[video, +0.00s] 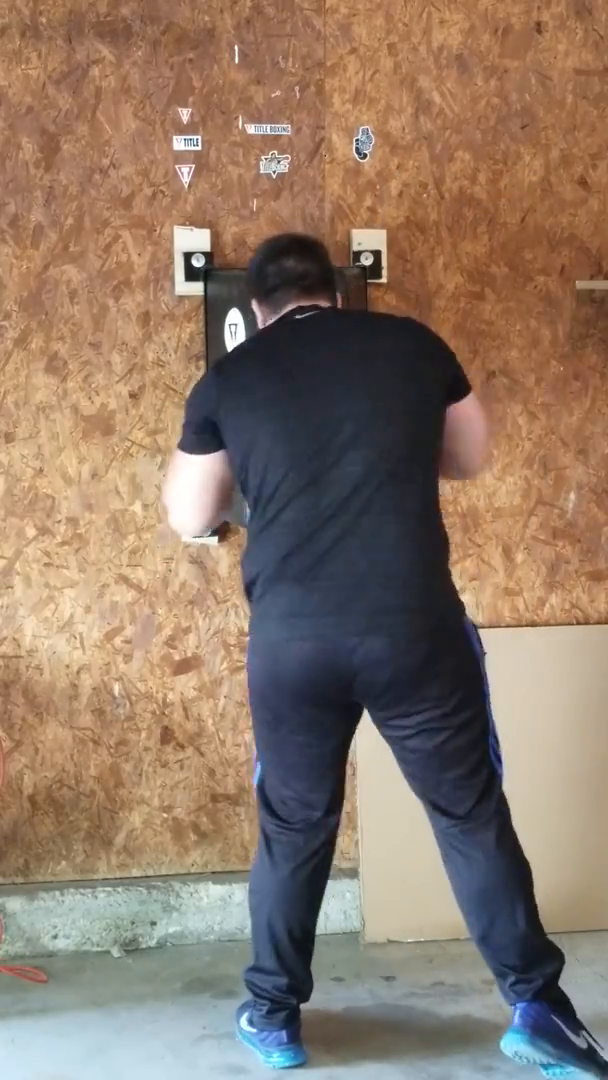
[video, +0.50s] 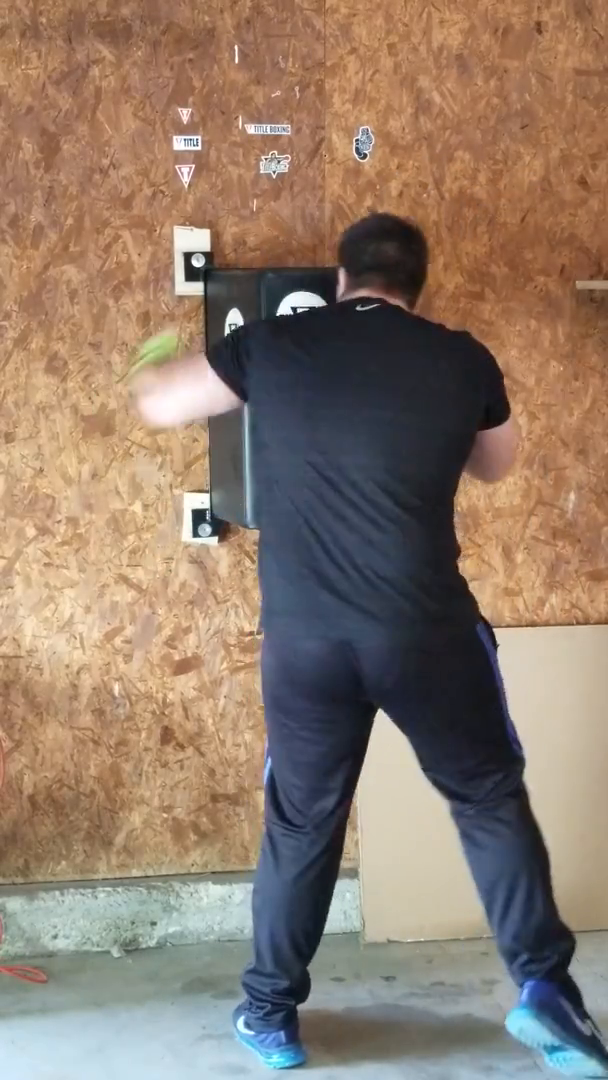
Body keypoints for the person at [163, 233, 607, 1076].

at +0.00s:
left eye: (254, 314)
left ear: (259, 311)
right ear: (338, 293)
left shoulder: (227, 378)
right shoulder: (410, 340)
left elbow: (191, 517)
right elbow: (470, 457)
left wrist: (240, 477)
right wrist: (387, 440)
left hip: (293, 638)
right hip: (415, 625)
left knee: (292, 826)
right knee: (471, 813)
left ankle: (273, 1014)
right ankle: (537, 1002)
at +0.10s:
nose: (241, 329)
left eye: (239, 318)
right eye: (244, 318)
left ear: (255, 309)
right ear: (332, 290)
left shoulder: (246, 368)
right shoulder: (418, 353)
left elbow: (201, 495)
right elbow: (401, 462)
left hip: (314, 628)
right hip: (431, 621)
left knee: (285, 828)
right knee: (462, 811)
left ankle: (273, 1013)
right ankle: (532, 997)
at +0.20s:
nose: (251, 330)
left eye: (249, 316)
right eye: (250, 319)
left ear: (264, 307)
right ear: (342, 294)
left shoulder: (270, 367)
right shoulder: (418, 358)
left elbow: (196, 487)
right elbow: (384, 468)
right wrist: (265, 464)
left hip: (326, 633)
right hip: (439, 624)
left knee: (280, 828)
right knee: (459, 817)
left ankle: (272, 1014)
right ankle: (529, 1003)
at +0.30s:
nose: (271, 318)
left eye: (269, 304)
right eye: (271, 306)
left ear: (285, 296)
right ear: (360, 290)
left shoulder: (284, 367)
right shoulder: (432, 365)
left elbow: (216, 492)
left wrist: (188, 462)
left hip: (321, 631)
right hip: (436, 626)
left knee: (279, 829)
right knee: (463, 822)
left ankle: (271, 1013)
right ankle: (528, 1008)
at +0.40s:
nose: (305, 289)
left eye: (305, 278)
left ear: (311, 278)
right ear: (391, 284)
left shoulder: (273, 350)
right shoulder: (452, 360)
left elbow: (197, 459)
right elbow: (452, 460)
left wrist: (133, 459)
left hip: (305, 633)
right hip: (424, 630)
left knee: (293, 827)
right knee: (469, 816)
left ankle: (272, 1011)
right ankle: (531, 1005)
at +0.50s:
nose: (347, 288)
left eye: (340, 277)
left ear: (338, 279)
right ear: (417, 288)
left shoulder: (272, 343)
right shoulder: (462, 358)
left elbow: (158, 402)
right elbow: (494, 463)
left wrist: (159, 358)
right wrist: (425, 412)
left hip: (303, 635)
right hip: (424, 633)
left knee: (300, 821)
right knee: (488, 796)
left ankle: (269, 1012)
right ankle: (544, 986)